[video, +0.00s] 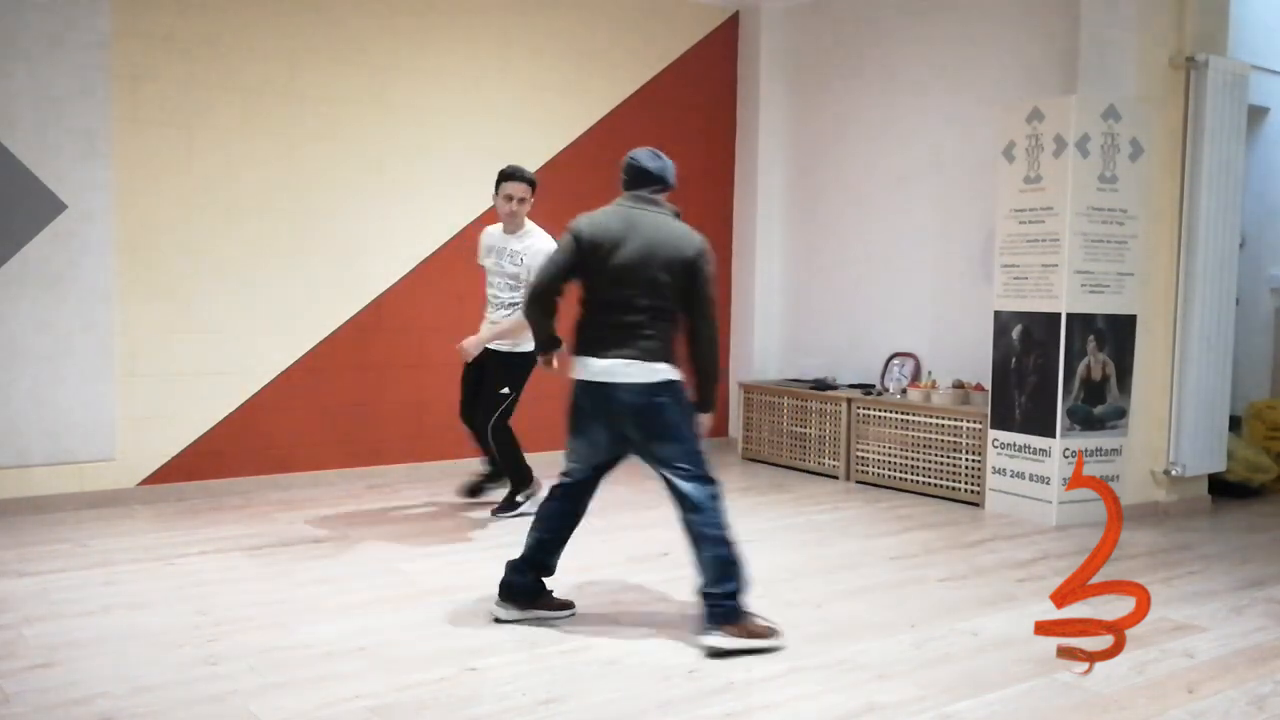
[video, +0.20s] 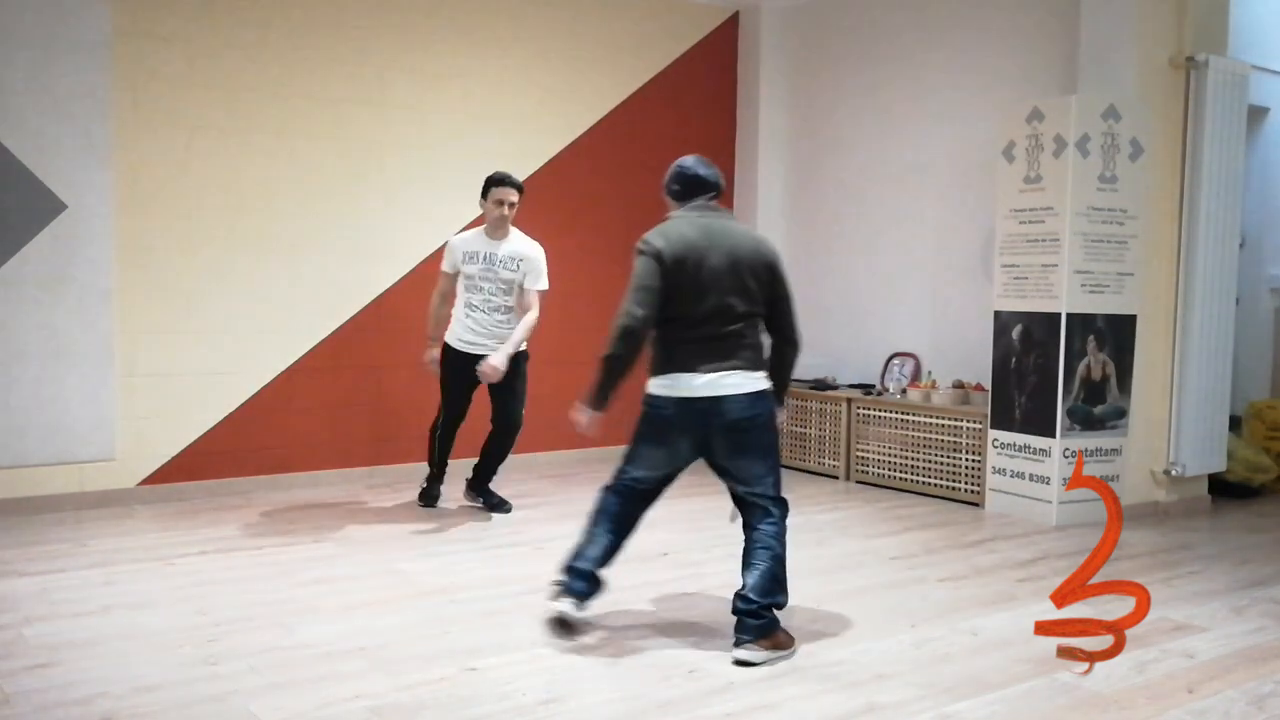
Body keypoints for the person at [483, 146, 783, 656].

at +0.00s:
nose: (668, 196)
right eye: (670, 189)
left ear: (623, 184)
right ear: (667, 190)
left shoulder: (590, 227)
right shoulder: (689, 242)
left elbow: (540, 290)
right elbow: (703, 330)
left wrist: (547, 342)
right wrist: (706, 398)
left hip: (594, 385)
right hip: (655, 387)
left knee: (573, 485)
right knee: (697, 493)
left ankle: (522, 585)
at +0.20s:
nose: (667, 206)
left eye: (667, 198)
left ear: (671, 197)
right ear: (720, 194)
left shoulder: (659, 242)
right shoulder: (756, 246)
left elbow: (635, 322)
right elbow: (787, 336)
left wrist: (596, 397)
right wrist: (774, 392)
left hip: (675, 401)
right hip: (744, 400)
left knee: (627, 494)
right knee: (764, 510)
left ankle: (575, 587)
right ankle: (757, 625)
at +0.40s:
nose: (703, 186)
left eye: (703, 178)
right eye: (706, 178)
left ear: (710, 178)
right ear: (755, 173)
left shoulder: (713, 218)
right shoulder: (797, 223)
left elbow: (716, 292)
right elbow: (828, 306)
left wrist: (711, 370)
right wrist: (814, 367)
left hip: (733, 375)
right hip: (791, 372)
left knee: (717, 486)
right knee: (786, 493)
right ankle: (776, 617)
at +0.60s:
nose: (721, 198)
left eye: (722, 190)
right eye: (722, 190)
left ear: (733, 189)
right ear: (771, 184)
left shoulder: (737, 234)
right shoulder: (816, 232)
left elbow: (732, 322)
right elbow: (831, 317)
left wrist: (719, 405)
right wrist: (815, 367)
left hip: (758, 385)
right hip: (817, 383)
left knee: (756, 491)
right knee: (816, 487)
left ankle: (793, 595)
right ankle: (795, 579)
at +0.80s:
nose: (739, 191)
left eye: (741, 184)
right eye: (740, 184)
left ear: (752, 186)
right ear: (791, 181)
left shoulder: (750, 237)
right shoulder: (834, 230)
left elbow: (724, 325)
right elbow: (850, 312)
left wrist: (699, 390)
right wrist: (838, 366)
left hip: (767, 383)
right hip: (826, 378)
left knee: (765, 486)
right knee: (833, 469)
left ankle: (797, 594)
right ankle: (858, 569)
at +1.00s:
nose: (756, 195)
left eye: (757, 188)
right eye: (757, 188)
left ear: (767, 190)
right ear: (804, 186)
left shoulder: (760, 239)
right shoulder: (845, 235)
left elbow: (729, 309)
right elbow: (863, 317)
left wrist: (708, 349)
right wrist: (858, 379)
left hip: (777, 378)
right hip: (834, 376)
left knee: (778, 487)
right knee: (839, 470)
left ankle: (798, 595)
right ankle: (842, 557)